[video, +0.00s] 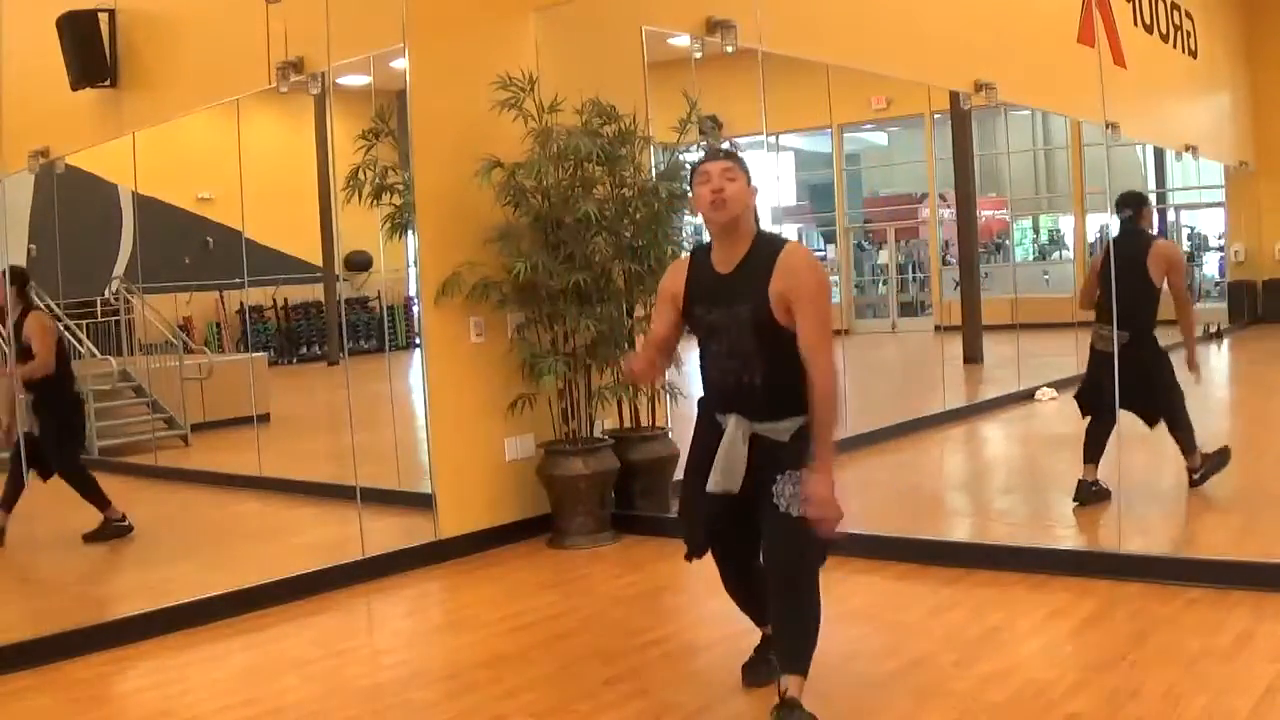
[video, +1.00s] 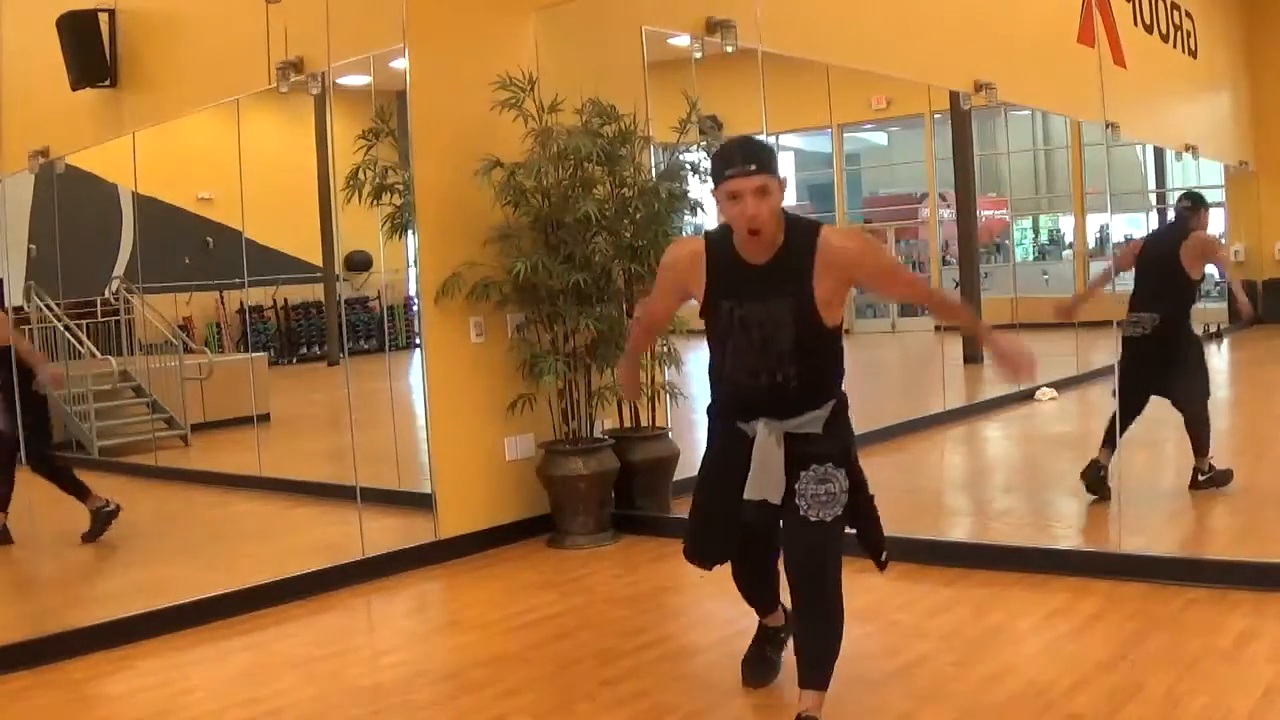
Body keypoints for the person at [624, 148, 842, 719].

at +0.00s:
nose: (717, 188)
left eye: (728, 178)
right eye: (705, 182)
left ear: (752, 191)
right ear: (694, 202)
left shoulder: (795, 266)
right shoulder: (683, 274)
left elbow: (822, 371)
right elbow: (657, 351)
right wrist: (645, 363)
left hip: (789, 434)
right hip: (721, 433)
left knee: (790, 564)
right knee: (731, 553)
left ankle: (791, 694)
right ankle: (773, 631)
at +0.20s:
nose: (711, 158)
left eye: (722, 149)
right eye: (699, 153)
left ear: (744, 164)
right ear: (689, 174)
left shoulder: (779, 223)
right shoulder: (676, 238)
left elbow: (731, 298)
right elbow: (624, 293)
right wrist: (611, 223)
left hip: (803, 397)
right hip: (740, 403)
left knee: (786, 522)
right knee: (754, 523)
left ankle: (798, 644)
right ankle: (775, 633)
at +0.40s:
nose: (700, 191)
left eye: (711, 176)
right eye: (689, 181)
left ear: (735, 171)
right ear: (679, 186)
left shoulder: (774, 224)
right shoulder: (679, 237)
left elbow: (726, 305)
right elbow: (662, 302)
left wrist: (644, 297)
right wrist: (625, 290)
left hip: (802, 388)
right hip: (742, 392)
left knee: (773, 515)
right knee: (753, 514)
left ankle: (832, 559)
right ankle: (779, 635)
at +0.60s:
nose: (697, 218)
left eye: (704, 201)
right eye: (683, 208)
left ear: (728, 185)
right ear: (673, 207)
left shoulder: (790, 235)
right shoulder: (677, 252)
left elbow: (859, 305)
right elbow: (685, 332)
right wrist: (701, 395)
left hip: (797, 401)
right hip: (733, 406)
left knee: (781, 514)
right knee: (748, 525)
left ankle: (817, 592)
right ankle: (776, 634)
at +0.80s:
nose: (720, 220)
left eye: (730, 202)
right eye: (705, 208)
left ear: (752, 193)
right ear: (692, 209)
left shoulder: (799, 232)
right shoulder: (679, 245)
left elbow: (869, 197)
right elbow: (706, 307)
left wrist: (919, 173)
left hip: (803, 415)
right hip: (735, 420)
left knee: (802, 543)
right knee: (752, 537)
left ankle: (802, 685)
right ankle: (776, 632)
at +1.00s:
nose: (749, 213)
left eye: (760, 194)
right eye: (734, 198)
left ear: (781, 190)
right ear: (717, 201)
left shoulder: (835, 250)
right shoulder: (689, 260)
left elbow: (924, 294)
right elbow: (651, 318)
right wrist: (630, 362)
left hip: (815, 433)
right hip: (737, 436)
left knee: (813, 571)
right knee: (746, 553)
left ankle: (810, 706)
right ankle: (773, 620)